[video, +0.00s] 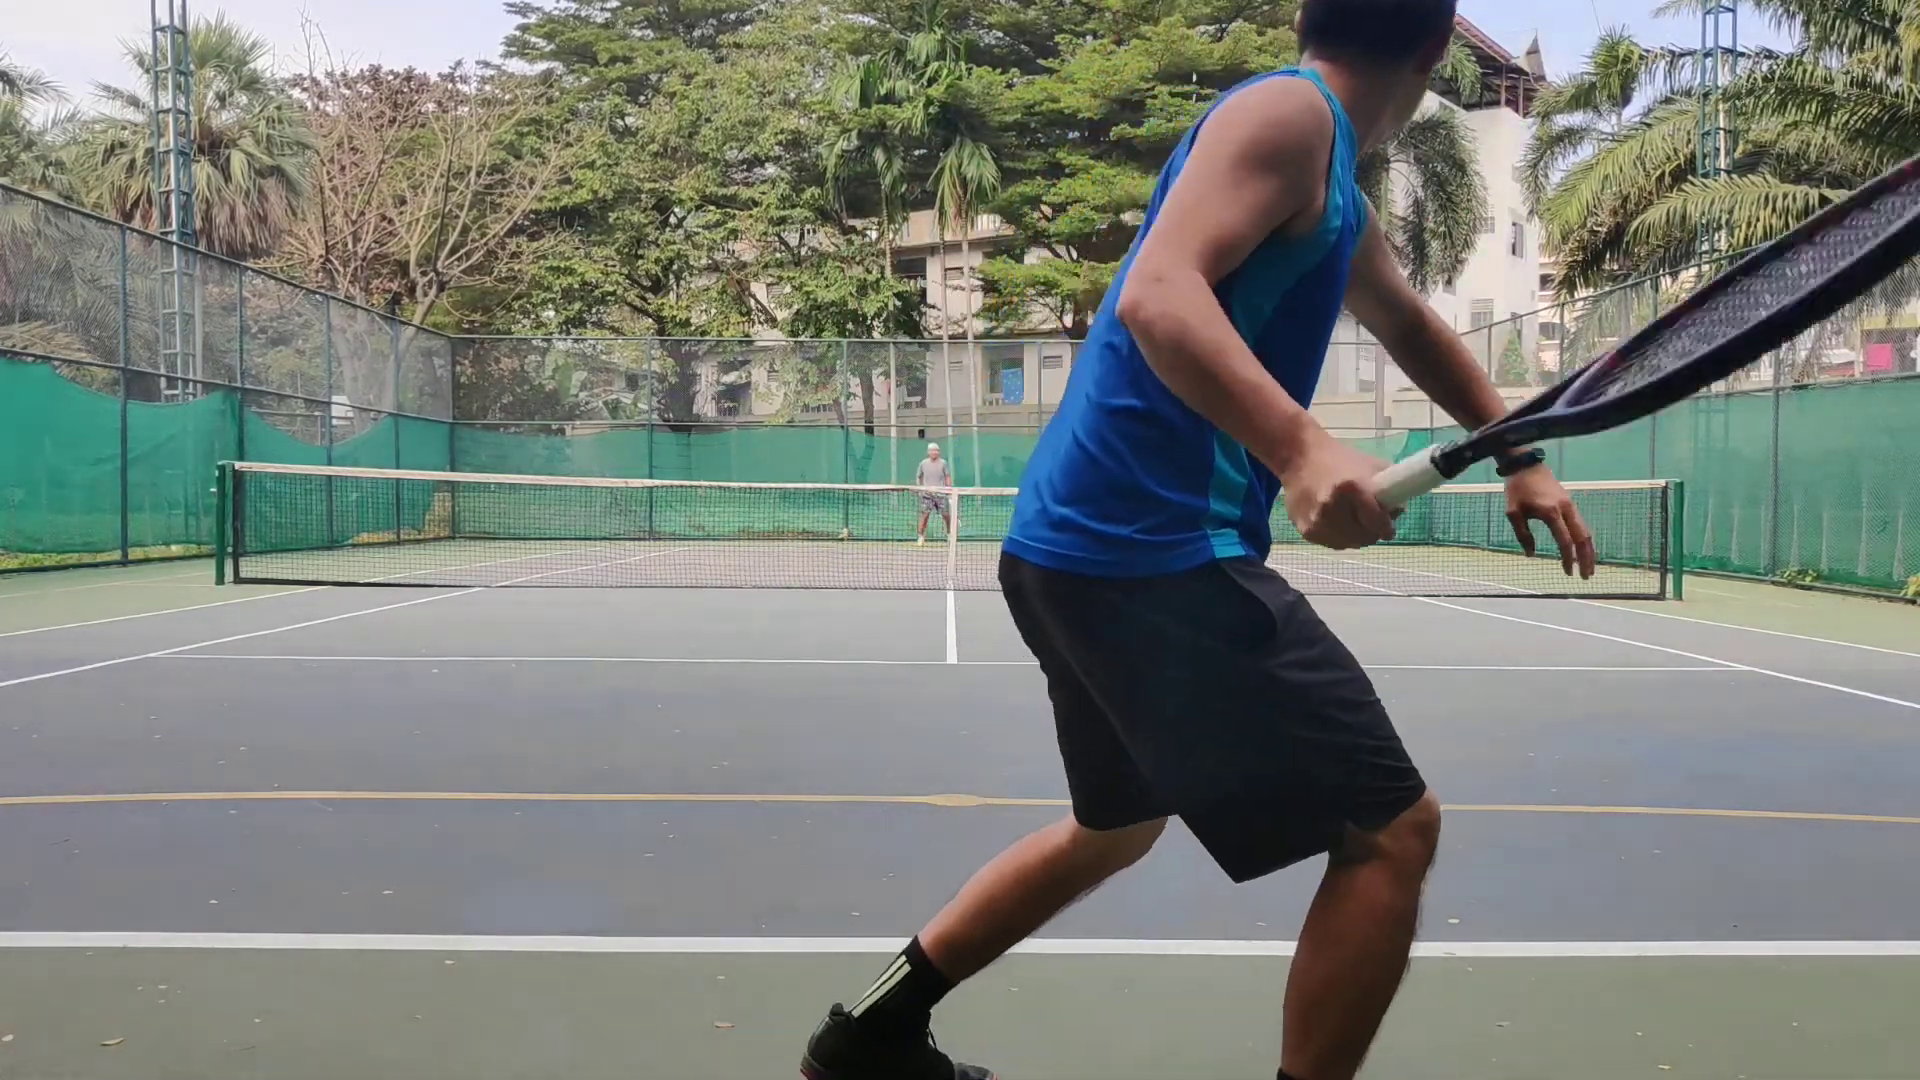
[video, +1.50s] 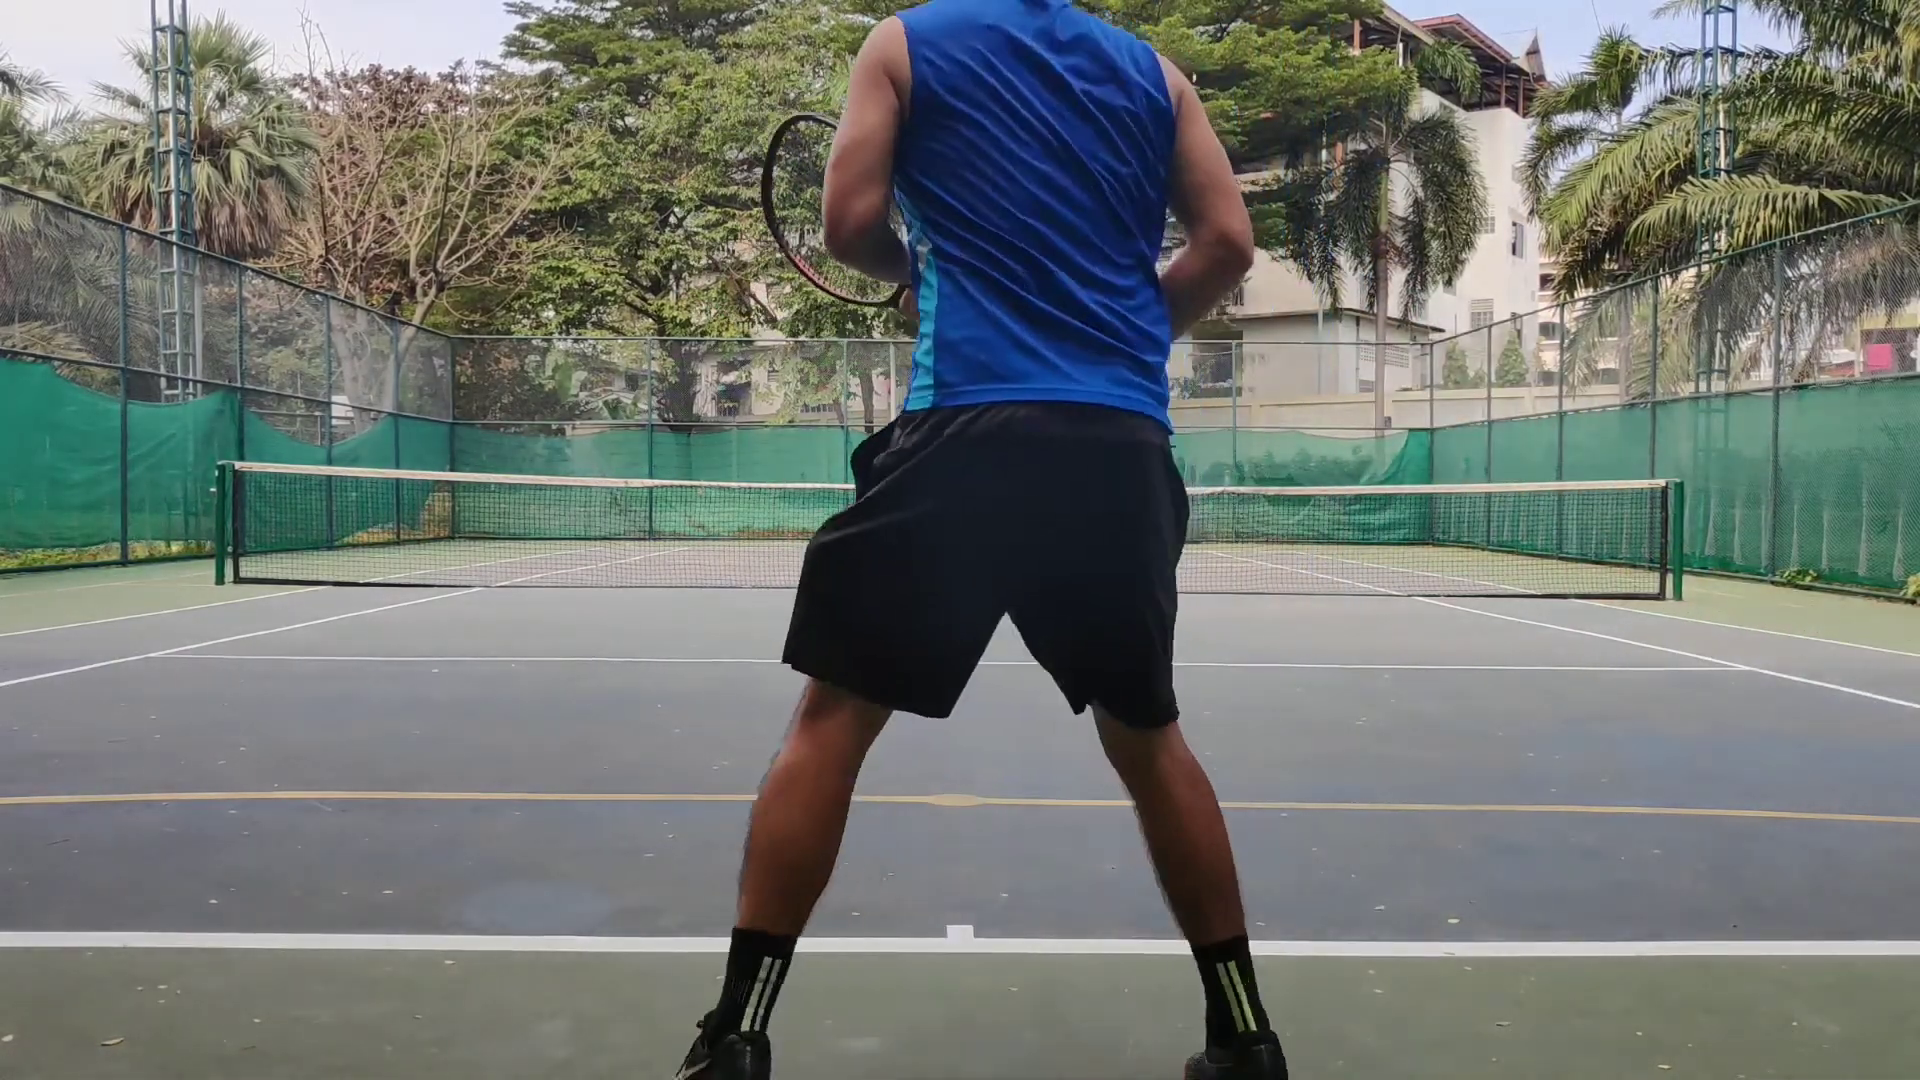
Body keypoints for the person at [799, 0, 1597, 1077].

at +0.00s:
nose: (1436, 79)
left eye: (1439, 58)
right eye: (1444, 55)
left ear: (1321, 25)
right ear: (1432, 49)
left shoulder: (1325, 174)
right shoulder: (1286, 114)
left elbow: (1413, 328)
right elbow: (1160, 296)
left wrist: (1520, 458)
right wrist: (1305, 452)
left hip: (1078, 549)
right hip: (1153, 556)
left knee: (1117, 823)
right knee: (1392, 827)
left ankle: (880, 1024)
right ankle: (1310, 1069)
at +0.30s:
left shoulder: (1126, 8)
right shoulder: (1420, 23)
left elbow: (993, 30)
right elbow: (1436, 258)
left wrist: (1129, 85)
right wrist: (1446, 290)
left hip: (1069, 454)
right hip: (1261, 484)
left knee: (1021, 726)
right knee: (1310, 817)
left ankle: (958, 1003)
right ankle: (1296, 1072)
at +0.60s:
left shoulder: (1102, 12)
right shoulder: (1251, 17)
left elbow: (988, 65)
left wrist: (872, 70)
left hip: (1075, 460)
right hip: (1244, 462)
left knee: (985, 797)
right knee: (1264, 820)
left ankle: (957, 1067)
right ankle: (1291, 1071)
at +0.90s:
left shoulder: (1027, 32)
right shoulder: (1012, 79)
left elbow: (1145, 179)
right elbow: (891, 199)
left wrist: (945, 284)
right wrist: (787, 197)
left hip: (1007, 492)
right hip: (1136, 495)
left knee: (925, 815)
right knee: (1160, 789)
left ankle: (955, 1079)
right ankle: (1317, 1057)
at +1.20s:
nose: (957, 21)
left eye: (956, 13)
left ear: (968, 3)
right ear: (1064, 1)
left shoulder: (987, 62)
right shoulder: (1140, 106)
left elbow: (990, 228)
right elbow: (1184, 306)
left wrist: (895, 314)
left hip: (1030, 489)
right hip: (1162, 496)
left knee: (890, 774)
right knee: (1116, 768)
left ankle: (952, 1065)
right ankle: (1187, 1045)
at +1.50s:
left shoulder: (907, 40)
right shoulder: (1154, 70)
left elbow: (848, 225)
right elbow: (1228, 239)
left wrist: (917, 266)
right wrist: (1139, 317)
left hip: (959, 452)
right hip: (1118, 460)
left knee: (829, 726)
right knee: (1151, 738)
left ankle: (738, 1031)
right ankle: (1243, 1028)